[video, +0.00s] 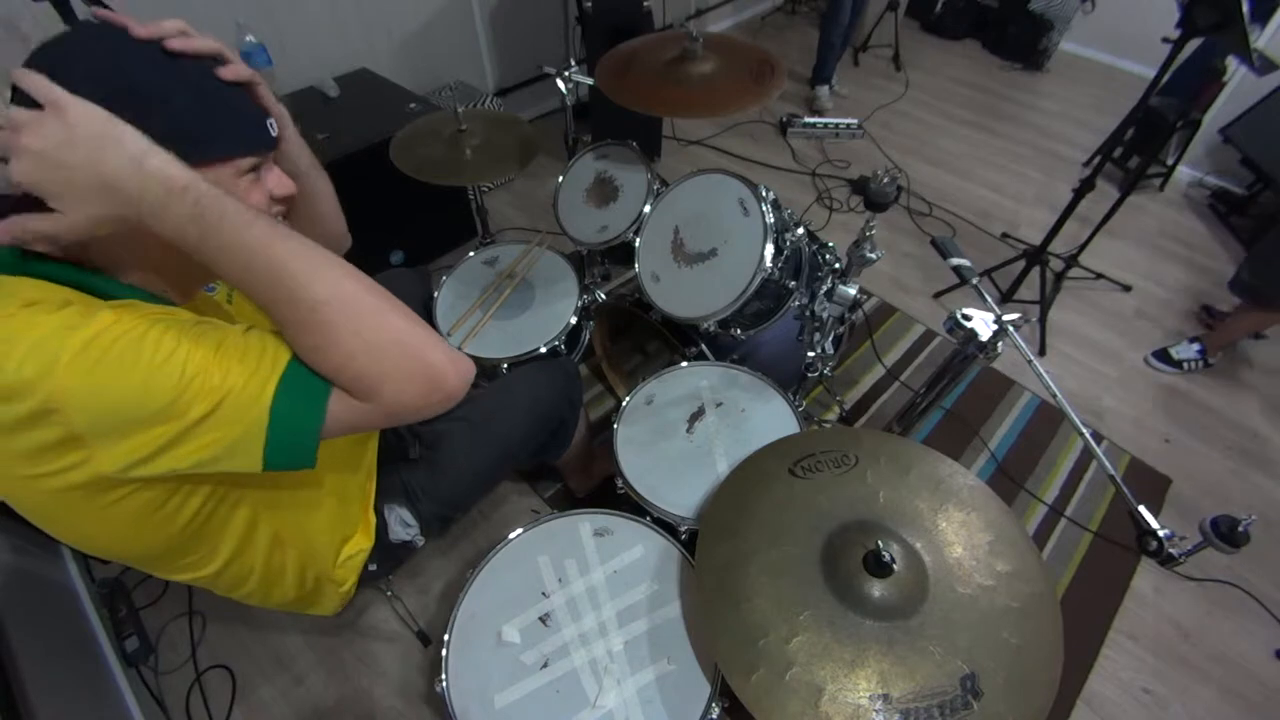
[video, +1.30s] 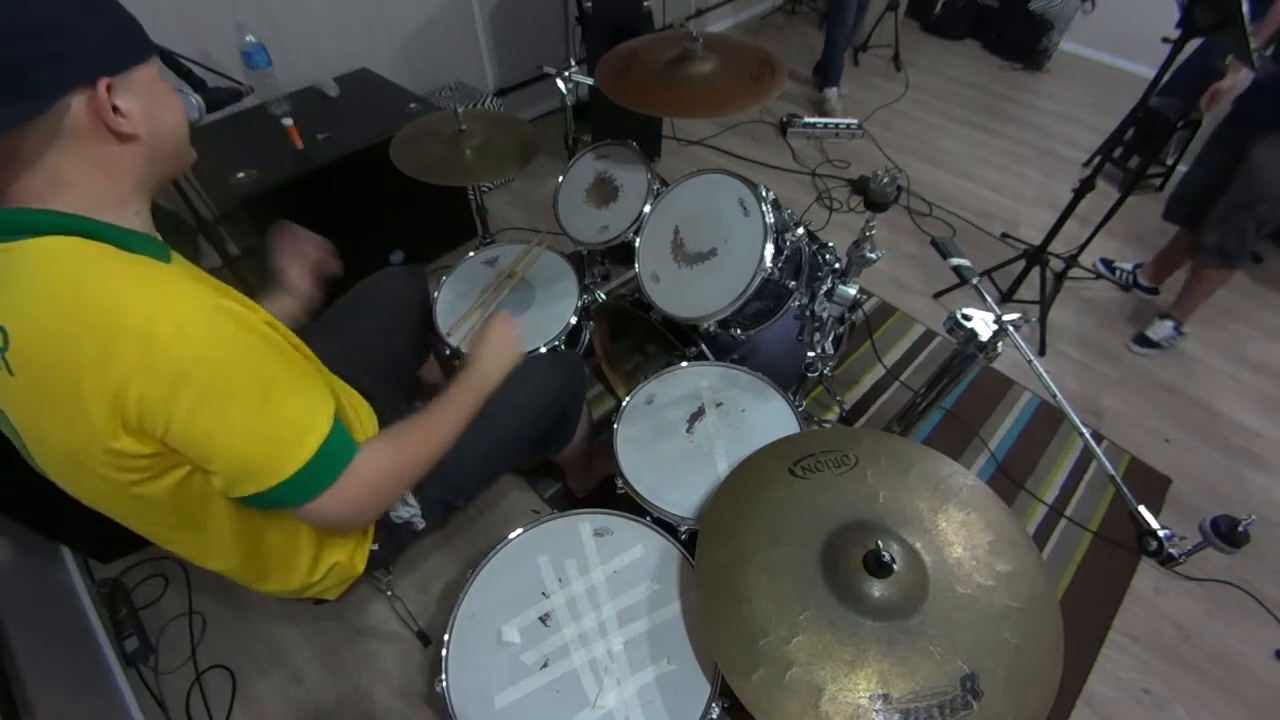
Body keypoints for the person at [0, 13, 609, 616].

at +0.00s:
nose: (283, 188)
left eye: (268, 160)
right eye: (245, 175)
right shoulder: (72, 368)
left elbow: (323, 246)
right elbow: (431, 379)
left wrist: (263, 108)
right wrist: (155, 191)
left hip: (265, 355)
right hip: (339, 503)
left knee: (486, 277)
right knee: (552, 378)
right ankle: (572, 470)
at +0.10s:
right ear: (28, 180)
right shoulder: (51, 371)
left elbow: (320, 249)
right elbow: (429, 385)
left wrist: (253, 118)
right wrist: (187, 174)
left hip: (285, 343)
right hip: (340, 499)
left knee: (496, 274)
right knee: (551, 375)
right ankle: (574, 471)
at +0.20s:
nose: (256, 204)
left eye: (243, 179)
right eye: (231, 185)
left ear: (140, 195)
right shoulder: (92, 383)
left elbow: (288, 257)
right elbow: (416, 422)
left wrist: (272, 134)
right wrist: (272, 156)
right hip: (348, 507)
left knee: (473, 273)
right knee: (552, 377)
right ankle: (577, 469)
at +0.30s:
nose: (250, 196)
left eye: (248, 177)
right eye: (236, 176)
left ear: (137, 190)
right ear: (142, 189)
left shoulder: (78, 251)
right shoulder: (112, 392)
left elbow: (262, 297)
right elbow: (388, 461)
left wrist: (277, 183)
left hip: (279, 393)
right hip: (349, 516)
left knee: (426, 292)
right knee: (554, 375)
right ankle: (567, 472)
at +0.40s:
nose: (232, 172)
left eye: (223, 151)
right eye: (214, 154)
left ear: (128, 182)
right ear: (132, 180)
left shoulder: (73, 263)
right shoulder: (134, 390)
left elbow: (221, 321)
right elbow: (363, 463)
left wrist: (332, 241)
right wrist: (453, 302)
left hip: (271, 399)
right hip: (350, 523)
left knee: (420, 283)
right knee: (555, 376)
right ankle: (574, 471)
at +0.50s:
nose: (205, 146)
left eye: (194, 123)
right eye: (190, 128)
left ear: (119, 171)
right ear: (127, 168)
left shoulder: (40, 274)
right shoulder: (162, 369)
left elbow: (210, 338)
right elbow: (354, 446)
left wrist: (356, 296)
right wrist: (451, 337)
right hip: (337, 526)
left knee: (421, 305)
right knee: (559, 377)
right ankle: (573, 476)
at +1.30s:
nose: (182, 98)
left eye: (167, 76)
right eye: (161, 77)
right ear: (113, 109)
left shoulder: (24, 253)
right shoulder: (166, 331)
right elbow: (350, 496)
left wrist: (285, 302)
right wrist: (487, 370)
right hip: (346, 525)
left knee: (405, 284)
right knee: (555, 365)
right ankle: (569, 469)